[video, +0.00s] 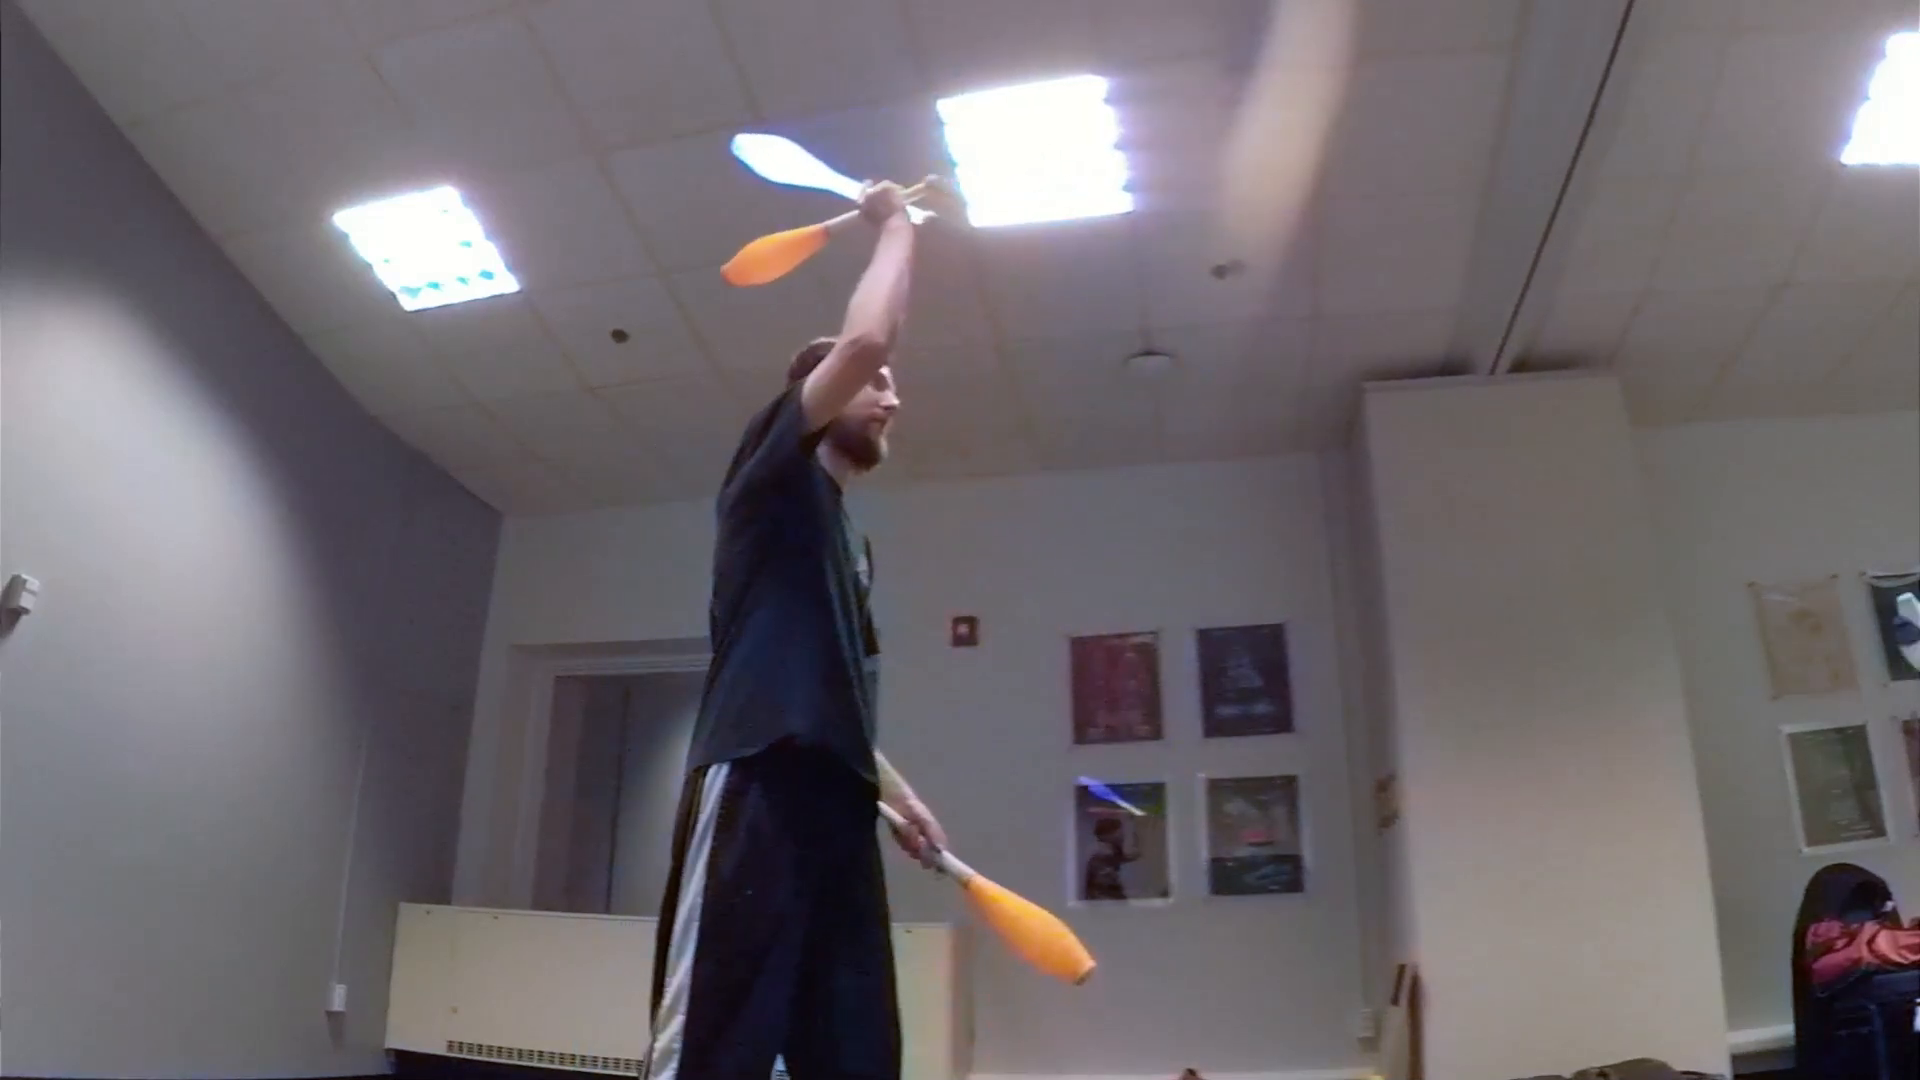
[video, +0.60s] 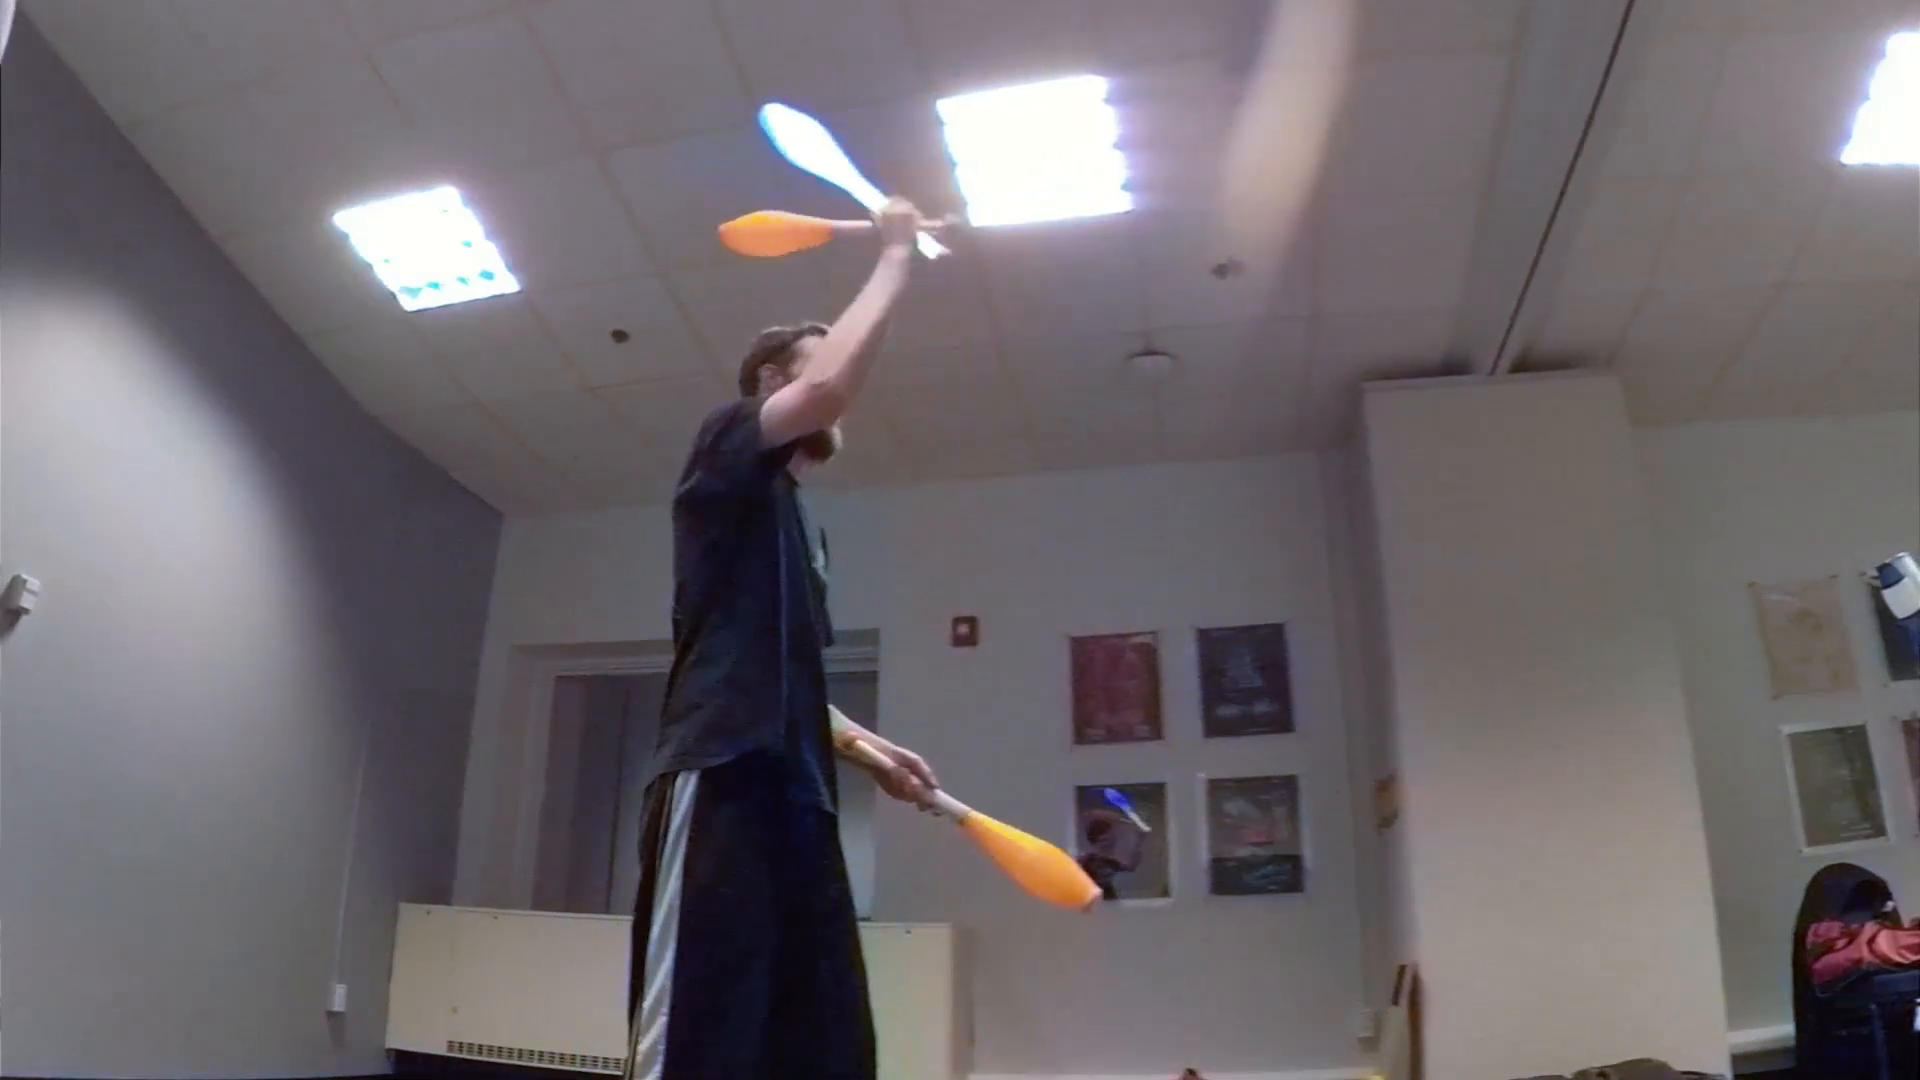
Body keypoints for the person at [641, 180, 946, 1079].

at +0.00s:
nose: (890, 400)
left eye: (892, 386)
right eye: (871, 380)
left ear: (877, 410)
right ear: (817, 389)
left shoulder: (838, 534)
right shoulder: (771, 469)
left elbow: (826, 695)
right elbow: (863, 338)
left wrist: (893, 792)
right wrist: (898, 221)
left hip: (833, 795)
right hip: (756, 784)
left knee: (851, 1039)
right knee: (716, 1033)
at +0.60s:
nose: (833, 387)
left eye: (836, 373)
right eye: (817, 371)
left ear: (797, 387)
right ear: (773, 379)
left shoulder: (787, 512)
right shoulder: (728, 444)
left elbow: (774, 677)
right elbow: (822, 391)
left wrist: (870, 749)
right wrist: (895, 256)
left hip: (794, 790)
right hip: (724, 777)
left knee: (821, 1026)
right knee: (701, 1021)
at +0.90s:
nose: (821, 388)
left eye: (823, 377)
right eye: (799, 369)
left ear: (818, 411)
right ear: (741, 385)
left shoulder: (793, 536)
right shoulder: (690, 476)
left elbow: (782, 693)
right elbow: (670, 628)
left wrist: (859, 734)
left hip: (771, 831)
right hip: (673, 826)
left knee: (843, 1040)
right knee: (681, 1053)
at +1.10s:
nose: (849, 415)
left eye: (850, 404)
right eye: (828, 395)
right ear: (766, 411)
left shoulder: (808, 555)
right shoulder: (708, 523)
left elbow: (765, 707)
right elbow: (639, 695)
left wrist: (837, 765)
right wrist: (658, 867)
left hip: (765, 857)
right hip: (679, 859)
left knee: (858, 1044)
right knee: (724, 1064)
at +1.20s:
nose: (869, 420)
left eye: (869, 407)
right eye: (848, 401)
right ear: (786, 418)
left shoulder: (821, 561)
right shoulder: (724, 531)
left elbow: (776, 707)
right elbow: (659, 715)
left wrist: (835, 778)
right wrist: (686, 882)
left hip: (769, 859)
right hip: (685, 864)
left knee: (861, 1044)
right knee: (708, 1066)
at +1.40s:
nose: (901, 405)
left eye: (903, 394)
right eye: (880, 386)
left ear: (894, 423)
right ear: (820, 400)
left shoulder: (851, 545)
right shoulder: (767, 498)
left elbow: (817, 681)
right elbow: (794, 649)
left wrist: (843, 764)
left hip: (780, 833)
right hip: (693, 828)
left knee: (845, 1047)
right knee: (704, 1058)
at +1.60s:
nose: (913, 391)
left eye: (915, 381)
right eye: (892, 370)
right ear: (832, 383)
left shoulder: (855, 538)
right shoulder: (782, 467)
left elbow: (848, 686)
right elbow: (869, 551)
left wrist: (869, 753)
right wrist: (1038, 529)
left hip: (794, 828)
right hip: (710, 816)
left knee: (845, 1053)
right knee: (696, 1054)